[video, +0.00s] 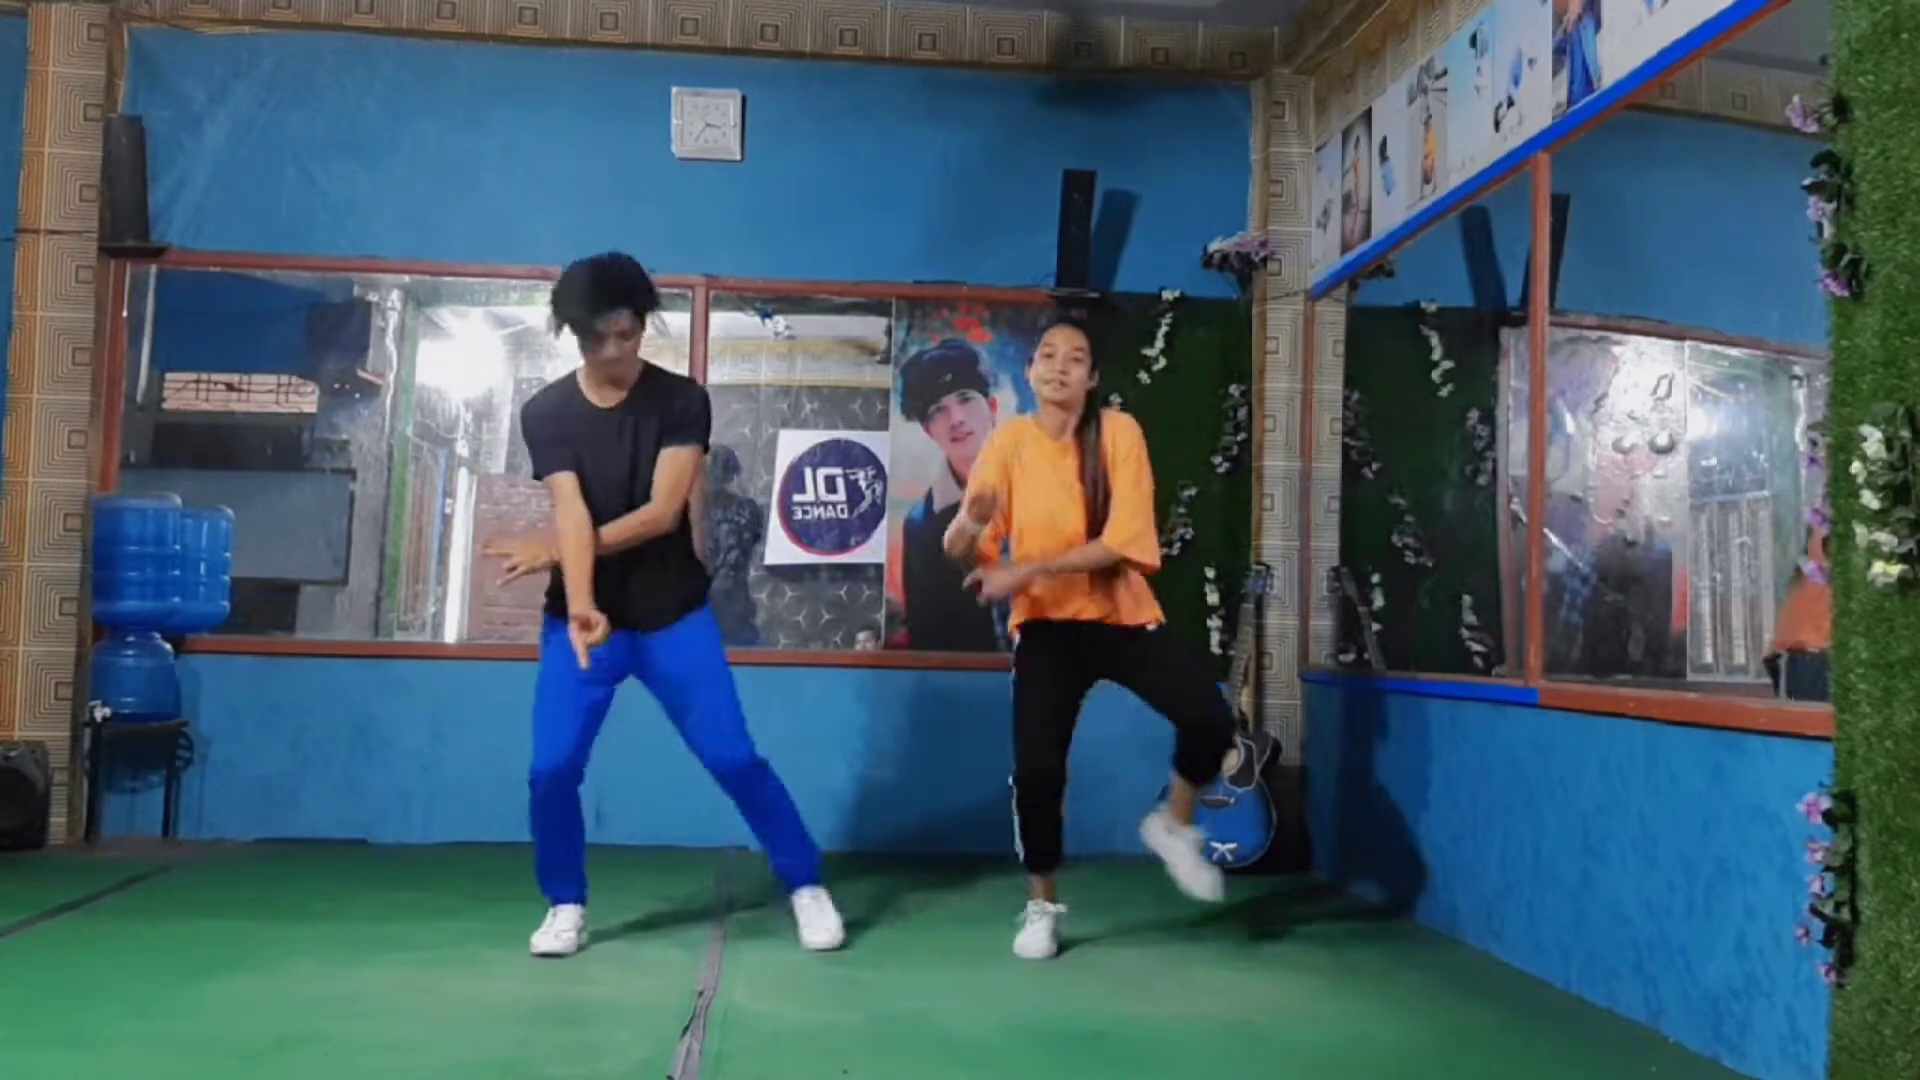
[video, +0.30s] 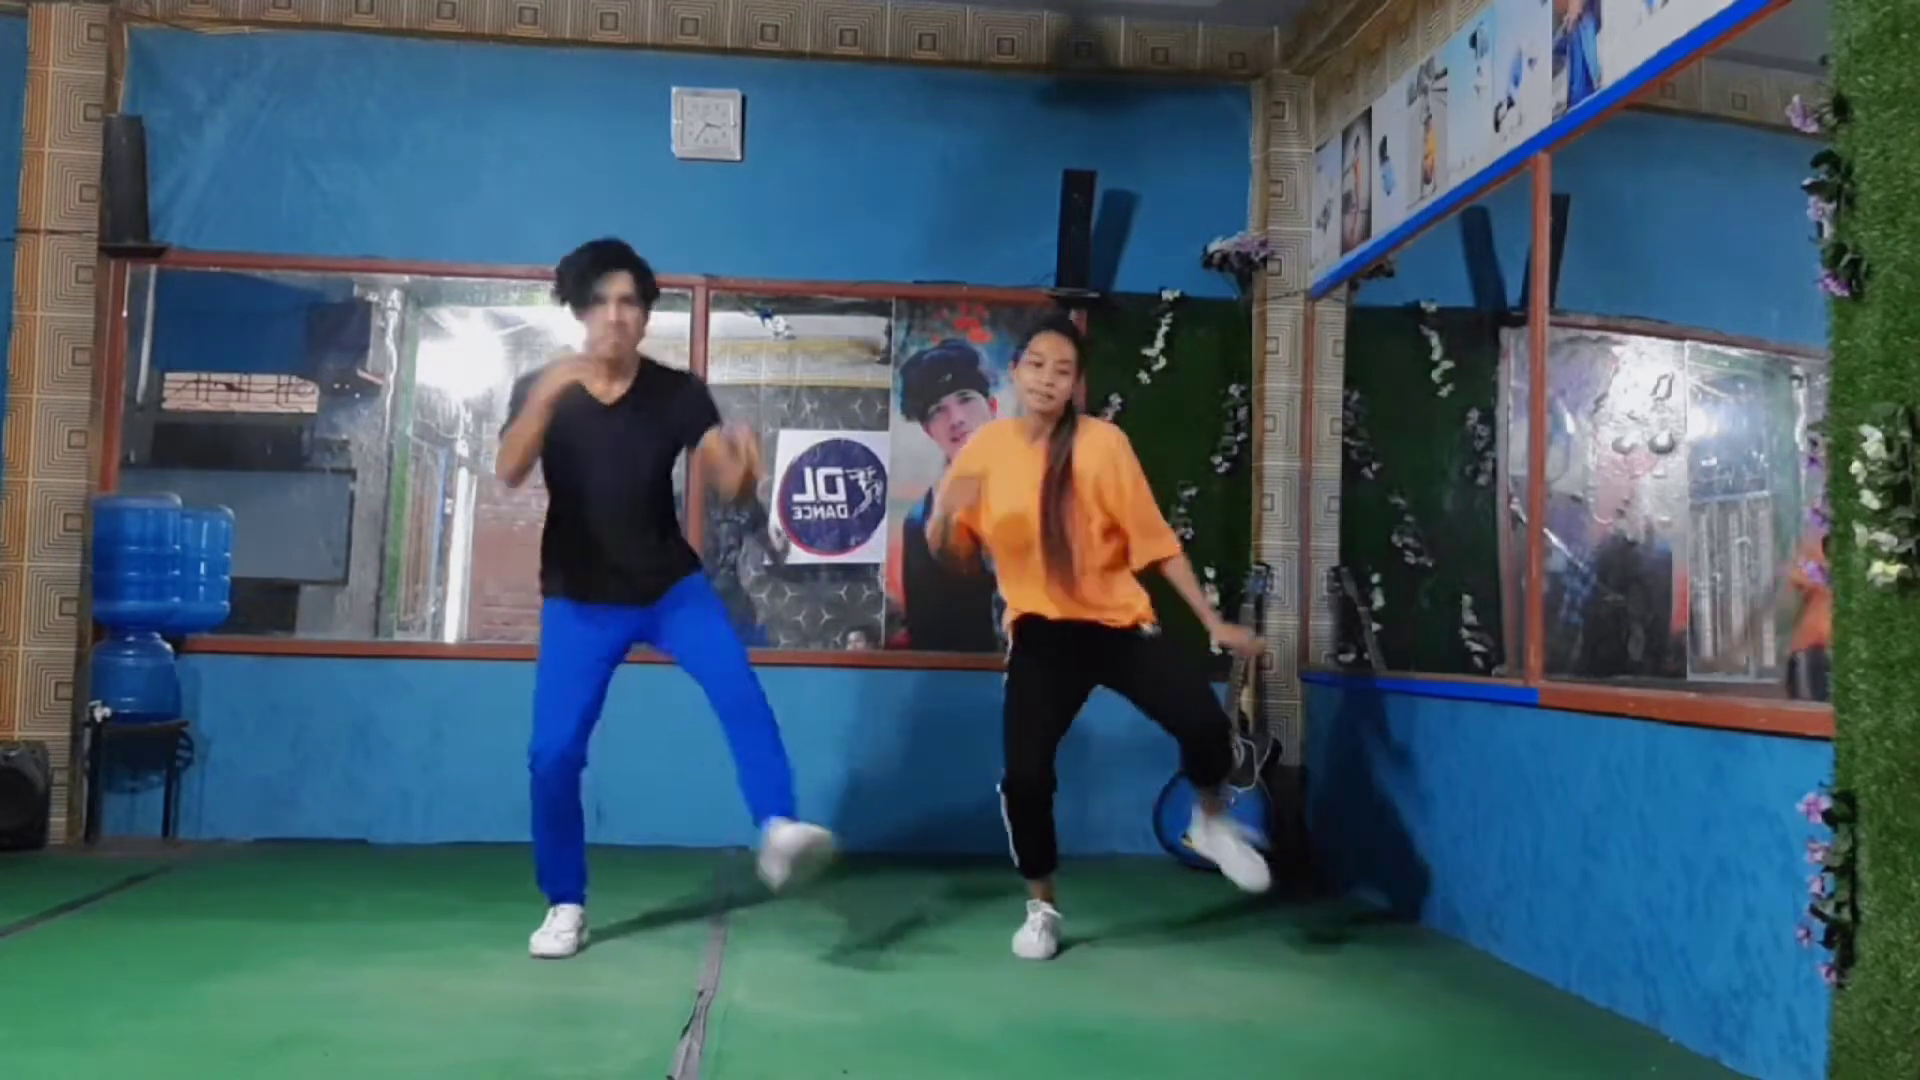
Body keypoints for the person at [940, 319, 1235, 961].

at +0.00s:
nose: (1060, 369)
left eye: (1074, 360)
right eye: (1049, 358)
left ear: (1093, 376)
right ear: (1030, 371)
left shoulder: (1118, 433)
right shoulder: (1009, 440)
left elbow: (1121, 544)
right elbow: (958, 551)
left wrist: (1025, 571)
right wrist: (967, 526)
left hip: (1126, 621)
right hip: (1049, 628)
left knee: (1210, 720)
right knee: (1036, 770)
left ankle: (1173, 823)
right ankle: (1042, 903)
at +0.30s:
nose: (1046, 378)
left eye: (1062, 369)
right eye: (1035, 364)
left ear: (1077, 382)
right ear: (1015, 371)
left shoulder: (1102, 444)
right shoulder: (986, 447)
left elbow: (1156, 540)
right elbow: (948, 553)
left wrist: (1212, 622)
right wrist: (944, 514)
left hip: (1122, 627)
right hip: (1041, 632)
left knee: (1205, 726)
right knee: (1024, 770)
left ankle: (1211, 821)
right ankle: (1041, 906)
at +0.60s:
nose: (1115, 349)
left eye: (1126, 335)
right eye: (1101, 336)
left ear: (1139, 343)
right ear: (1075, 343)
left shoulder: (1148, 424)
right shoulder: (1048, 398)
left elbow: (1141, 515)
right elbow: (998, 501)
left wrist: (1215, 509)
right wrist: (1023, 575)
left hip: (1085, 601)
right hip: (1010, 583)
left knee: (1072, 765)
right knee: (958, 741)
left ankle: (1046, 912)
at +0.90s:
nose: (1092, 335)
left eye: (1102, 323)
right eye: (1078, 322)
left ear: (1114, 332)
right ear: (1050, 331)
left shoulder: (1130, 405)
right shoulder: (1011, 385)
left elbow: (1148, 509)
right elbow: (922, 437)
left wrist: (1114, 586)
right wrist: (969, 496)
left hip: (1077, 573)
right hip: (1005, 560)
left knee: (1085, 750)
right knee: (1043, 680)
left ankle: (1045, 916)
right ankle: (1002, 826)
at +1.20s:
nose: (1091, 361)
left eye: (1095, 348)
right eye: (1079, 351)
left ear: (1093, 347)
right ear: (1041, 349)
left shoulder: (1055, 406)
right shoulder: (1019, 389)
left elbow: (1059, 508)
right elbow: (936, 447)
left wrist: (1137, 504)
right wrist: (985, 471)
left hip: (1034, 585)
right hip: (1002, 589)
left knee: (1106, 722)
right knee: (1088, 724)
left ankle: (994, 825)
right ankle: (1033, 880)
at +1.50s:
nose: (1051, 363)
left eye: (1061, 353)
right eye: (1039, 350)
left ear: (1070, 361)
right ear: (1008, 351)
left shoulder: (1063, 429)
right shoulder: (963, 421)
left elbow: (1082, 532)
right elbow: (900, 500)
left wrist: (1144, 520)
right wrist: (894, 531)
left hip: (1027, 605)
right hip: (974, 605)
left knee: (1021, 760)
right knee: (1087, 696)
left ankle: (928, 898)